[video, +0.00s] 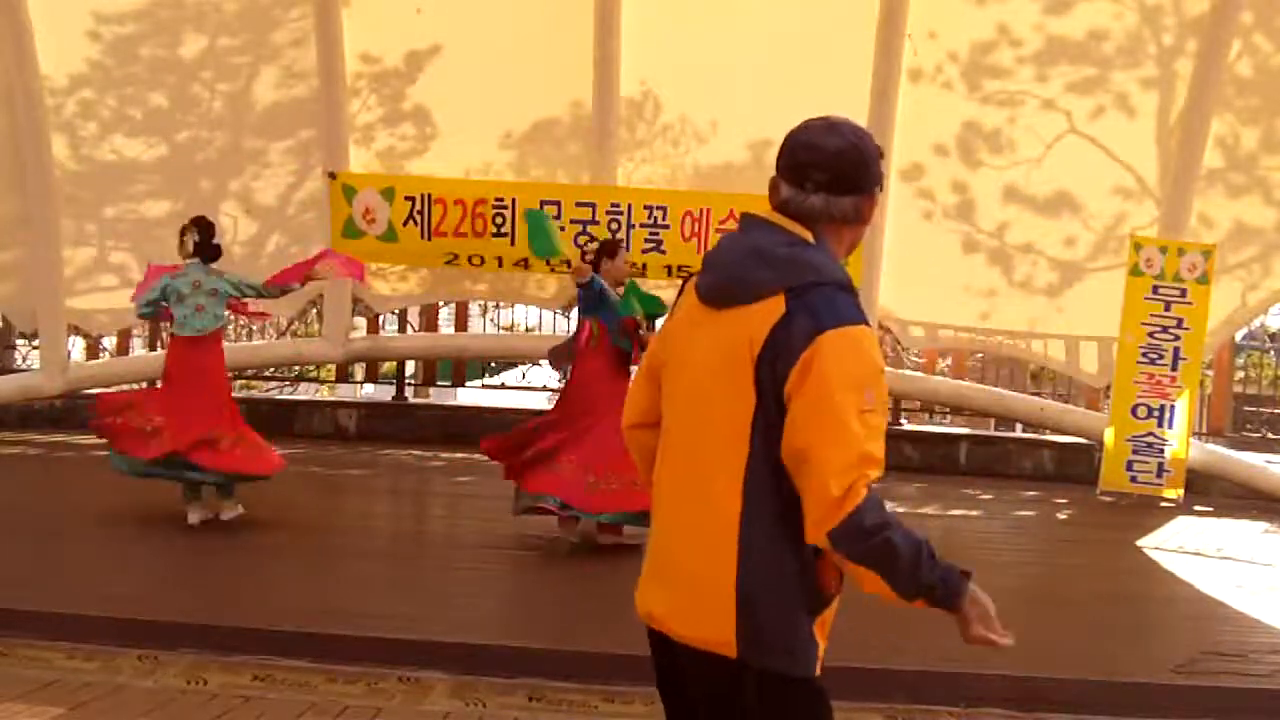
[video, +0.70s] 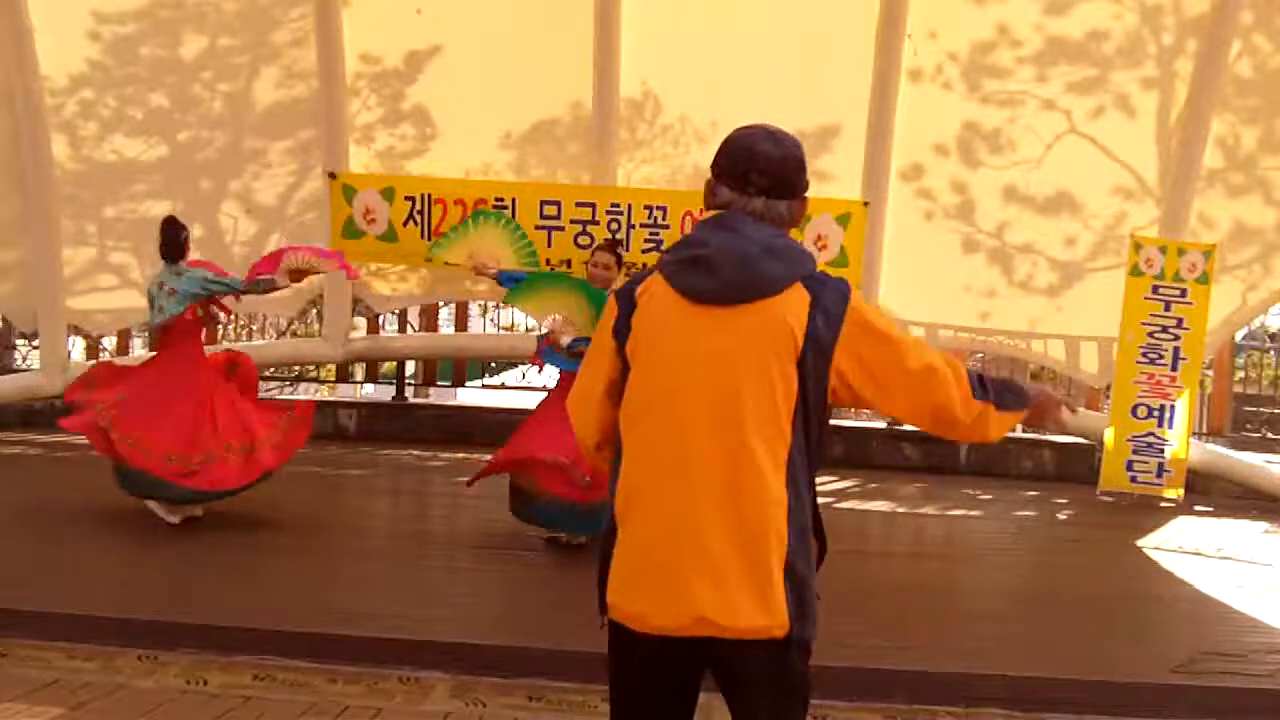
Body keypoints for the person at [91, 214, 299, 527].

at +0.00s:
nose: (181, 243)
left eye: (184, 238)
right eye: (183, 238)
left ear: (190, 243)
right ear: (210, 245)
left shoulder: (172, 280)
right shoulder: (220, 279)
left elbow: (144, 309)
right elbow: (265, 289)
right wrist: (304, 278)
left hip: (181, 357)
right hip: (211, 356)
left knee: (183, 422)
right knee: (217, 421)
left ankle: (193, 502)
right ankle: (227, 499)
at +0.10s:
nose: (174, 251)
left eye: (178, 244)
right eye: (175, 244)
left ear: (192, 246)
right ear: (201, 247)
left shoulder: (183, 285)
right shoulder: (216, 281)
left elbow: (144, 315)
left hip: (190, 365)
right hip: (218, 364)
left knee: (192, 430)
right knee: (214, 428)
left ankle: (195, 504)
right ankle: (220, 500)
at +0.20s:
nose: (182, 252)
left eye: (188, 246)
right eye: (180, 246)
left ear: (207, 250)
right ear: (179, 247)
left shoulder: (201, 282)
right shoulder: (188, 281)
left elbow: (183, 315)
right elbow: (165, 301)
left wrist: (158, 320)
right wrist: (146, 283)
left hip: (203, 364)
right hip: (199, 361)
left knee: (190, 428)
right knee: (204, 428)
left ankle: (194, 503)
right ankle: (215, 497)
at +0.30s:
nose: (200, 251)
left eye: (206, 245)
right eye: (195, 245)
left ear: (214, 248)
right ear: (185, 247)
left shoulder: (215, 285)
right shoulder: (174, 277)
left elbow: (230, 317)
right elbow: (136, 286)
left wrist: (187, 316)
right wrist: (91, 280)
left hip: (208, 354)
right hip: (183, 352)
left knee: (199, 418)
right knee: (186, 418)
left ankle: (194, 501)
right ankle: (192, 499)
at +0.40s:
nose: (208, 252)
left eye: (211, 245)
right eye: (202, 245)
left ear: (214, 248)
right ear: (181, 247)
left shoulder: (216, 286)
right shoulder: (165, 285)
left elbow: (247, 317)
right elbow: (125, 286)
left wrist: (208, 317)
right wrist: (94, 279)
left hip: (208, 369)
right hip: (175, 369)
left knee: (203, 432)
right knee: (161, 427)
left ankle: (189, 496)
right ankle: (151, 495)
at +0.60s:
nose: (199, 249)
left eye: (198, 243)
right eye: (195, 243)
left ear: (179, 246)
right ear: (181, 246)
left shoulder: (181, 280)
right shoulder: (175, 283)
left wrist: (225, 305)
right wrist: (232, 271)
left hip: (186, 360)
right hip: (174, 362)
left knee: (193, 427)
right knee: (166, 427)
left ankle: (191, 499)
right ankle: (148, 499)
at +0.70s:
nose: (188, 246)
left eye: (182, 242)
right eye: (187, 241)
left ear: (161, 248)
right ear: (186, 246)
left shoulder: (155, 283)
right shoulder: (195, 277)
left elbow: (158, 325)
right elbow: (239, 286)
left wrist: (205, 320)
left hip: (163, 359)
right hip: (189, 358)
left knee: (171, 425)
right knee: (192, 426)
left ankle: (179, 496)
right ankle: (179, 496)